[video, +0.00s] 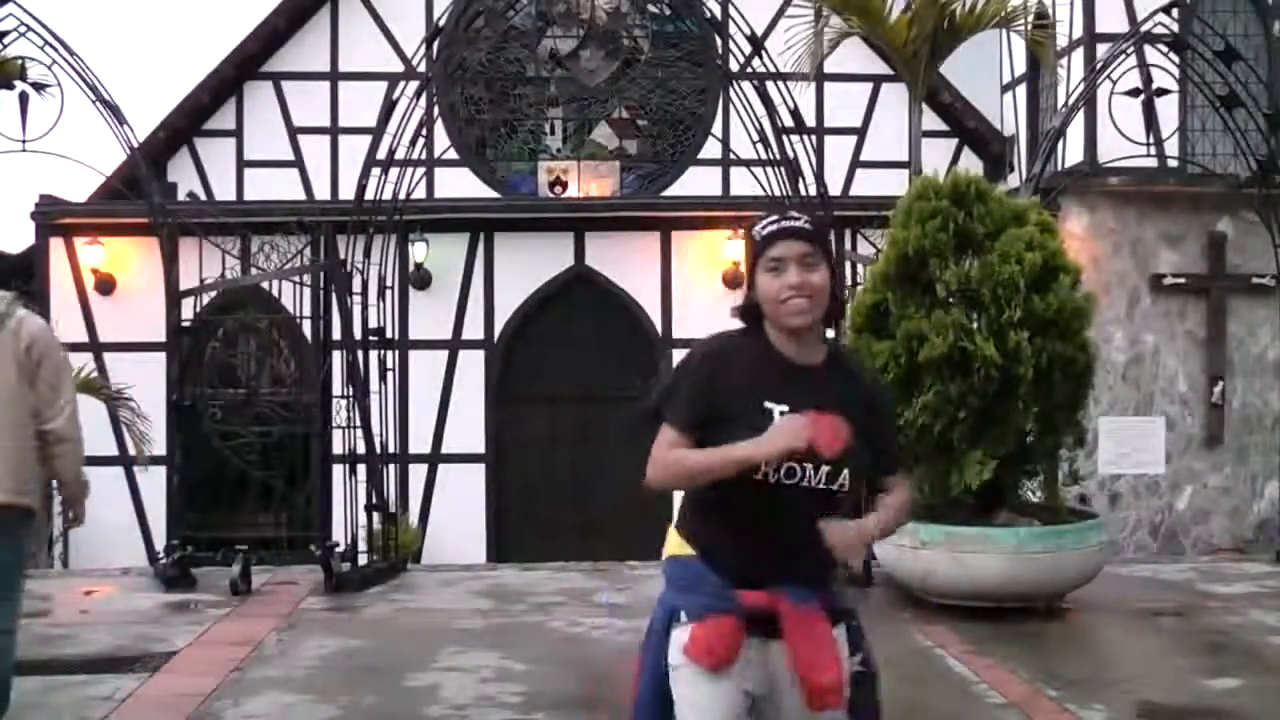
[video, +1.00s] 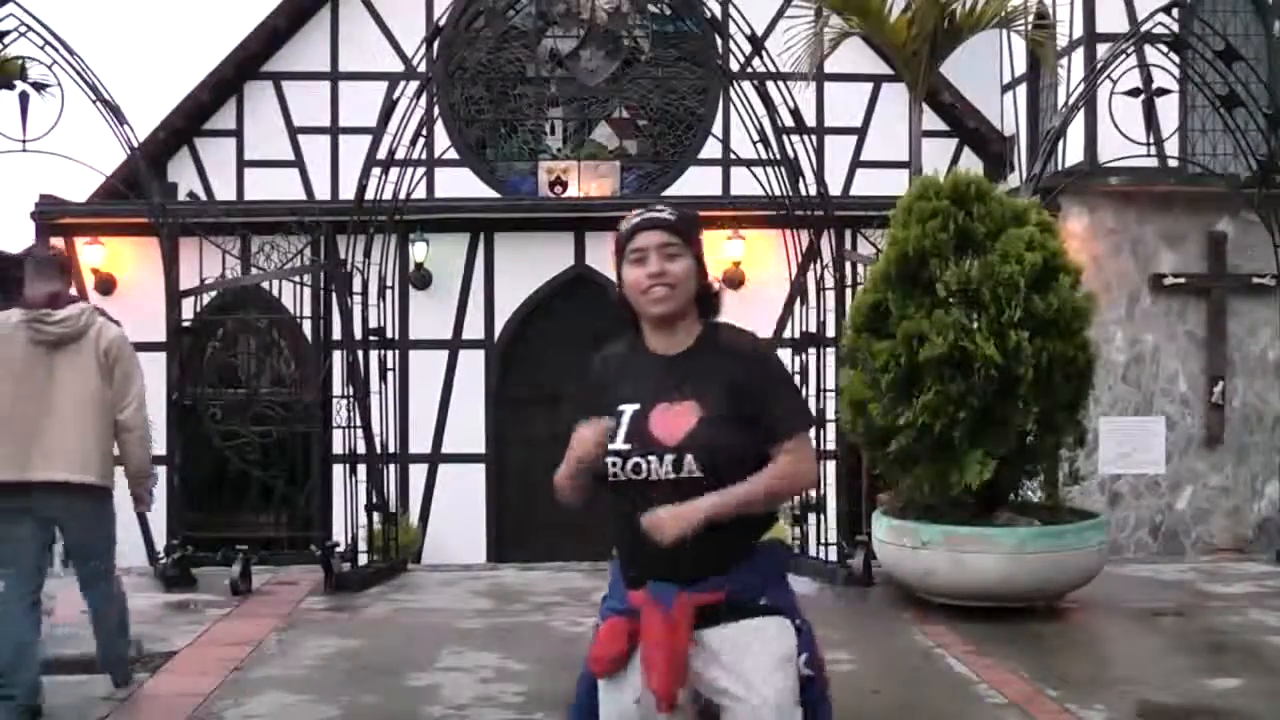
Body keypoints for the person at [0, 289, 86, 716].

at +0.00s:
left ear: (7, 287)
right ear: (18, 285)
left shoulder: (28, 331)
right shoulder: (28, 331)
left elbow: (57, 418)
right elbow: (58, 419)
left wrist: (70, 487)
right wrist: (73, 488)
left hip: (12, 499)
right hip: (9, 497)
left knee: (5, 617)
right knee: (4, 616)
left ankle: (4, 703)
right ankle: (1, 704)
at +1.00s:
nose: (36, 297)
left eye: (33, 291)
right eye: (46, 289)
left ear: (24, 289)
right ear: (69, 286)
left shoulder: (5, 331)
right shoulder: (105, 335)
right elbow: (132, 417)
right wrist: (141, 484)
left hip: (13, 482)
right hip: (82, 482)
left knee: (16, 590)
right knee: (99, 575)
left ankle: (16, 703)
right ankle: (119, 671)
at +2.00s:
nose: (94, 297)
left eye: (96, 290)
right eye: (97, 290)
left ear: (101, 290)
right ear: (138, 292)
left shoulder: (73, 342)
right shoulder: (170, 340)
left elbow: (48, 409)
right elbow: (199, 408)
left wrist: (46, 452)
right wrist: (211, 451)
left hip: (91, 466)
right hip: (147, 465)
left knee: (108, 552)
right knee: (141, 562)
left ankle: (110, 633)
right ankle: (125, 653)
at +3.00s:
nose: (129, 299)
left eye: (125, 292)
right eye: (144, 292)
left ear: (120, 290)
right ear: (155, 293)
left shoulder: (94, 334)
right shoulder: (177, 341)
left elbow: (68, 393)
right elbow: (196, 400)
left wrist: (53, 439)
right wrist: (211, 452)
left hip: (108, 448)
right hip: (156, 450)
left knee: (110, 530)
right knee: (153, 536)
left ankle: (117, 602)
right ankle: (145, 611)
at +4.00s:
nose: (90, 301)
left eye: (86, 293)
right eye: (102, 294)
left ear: (80, 294)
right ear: (111, 295)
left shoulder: (57, 338)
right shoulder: (136, 339)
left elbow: (40, 397)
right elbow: (154, 396)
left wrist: (44, 434)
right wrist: (159, 443)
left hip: (74, 442)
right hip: (117, 442)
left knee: (81, 519)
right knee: (118, 508)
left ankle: (90, 596)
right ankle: (127, 574)